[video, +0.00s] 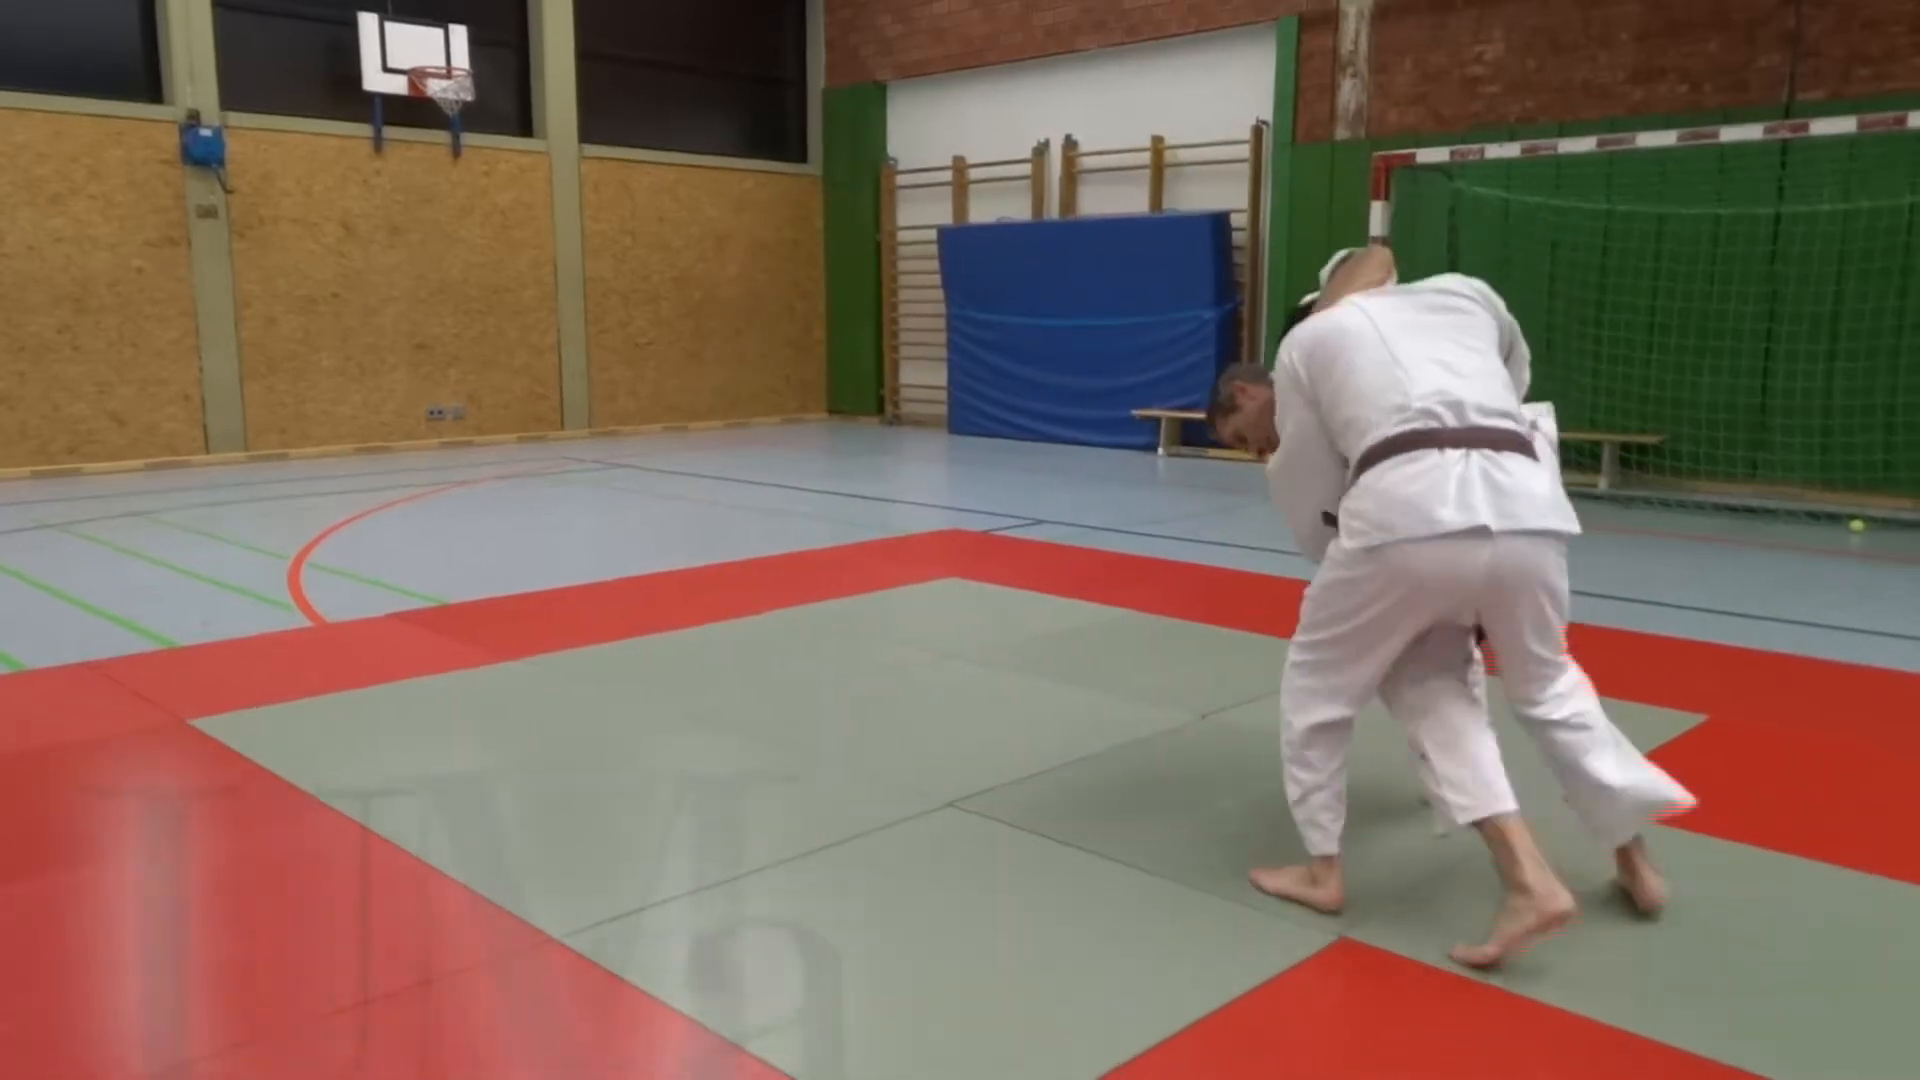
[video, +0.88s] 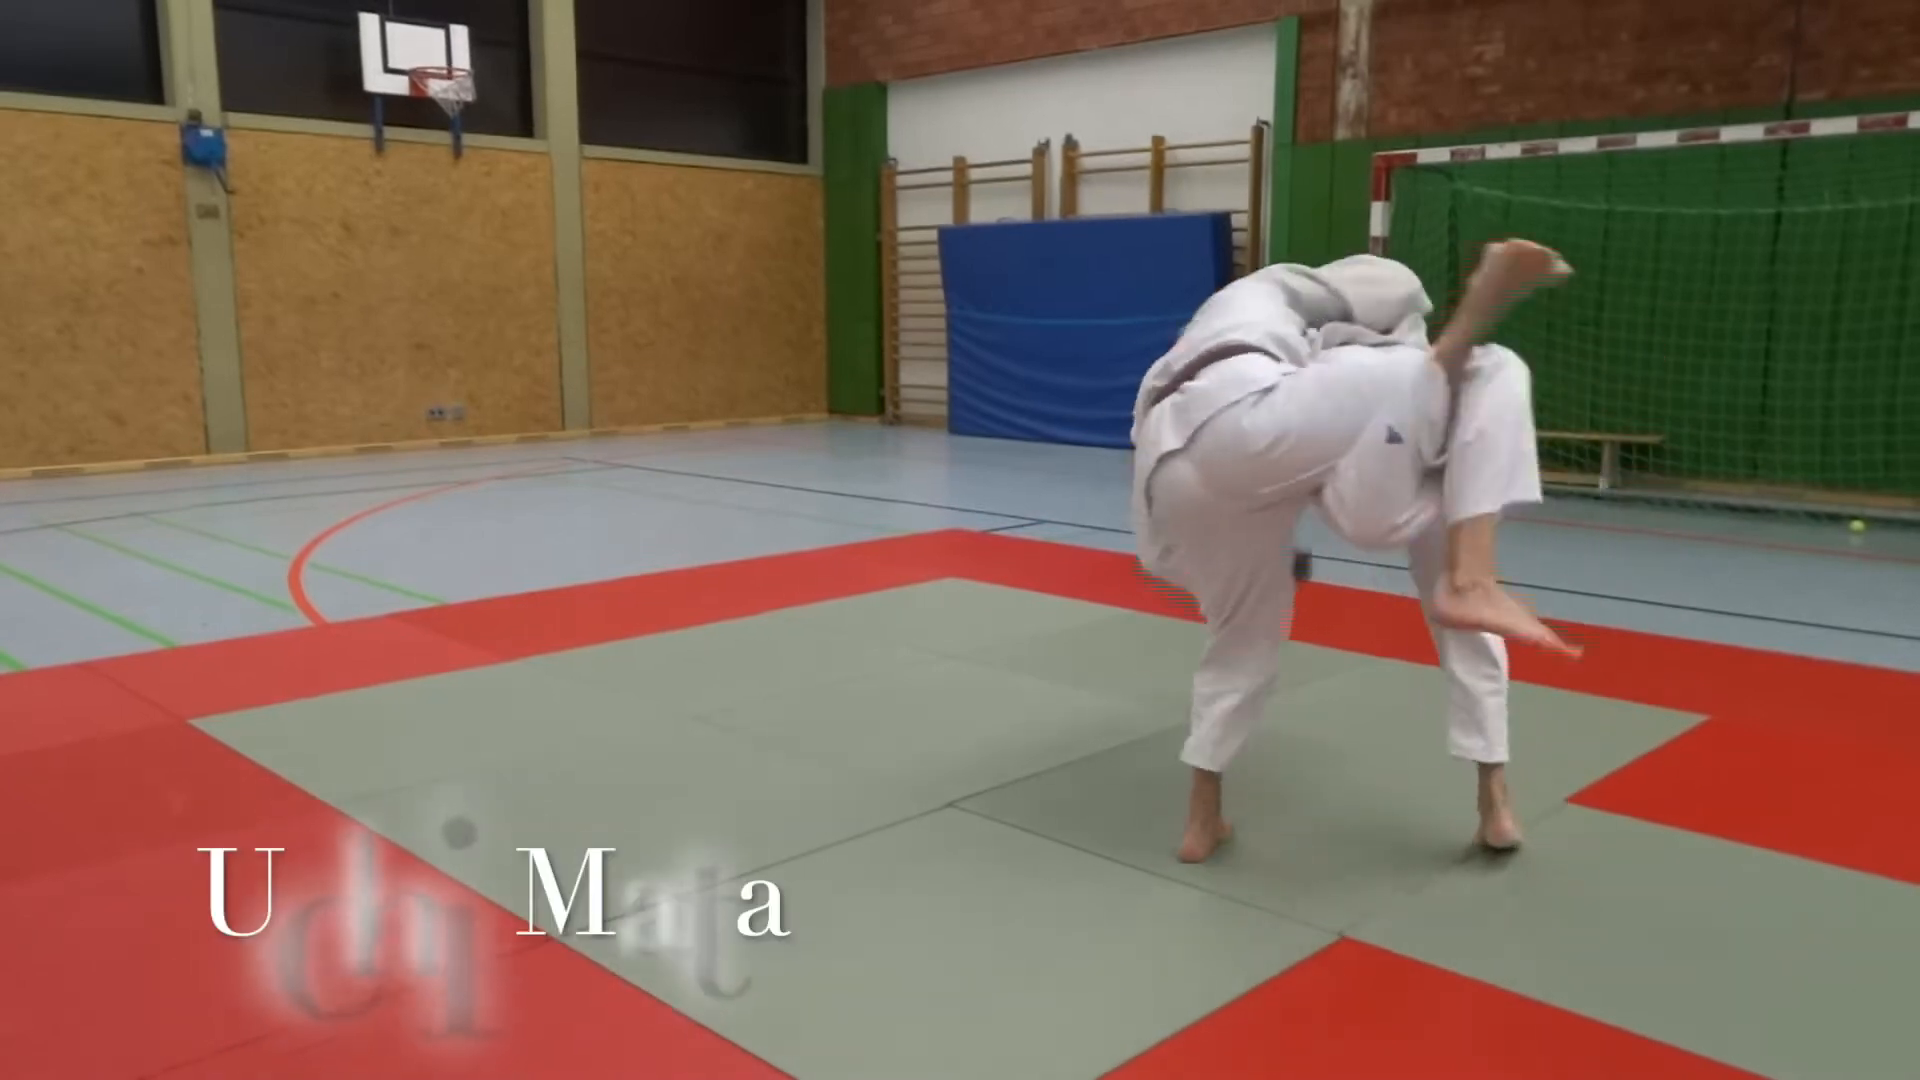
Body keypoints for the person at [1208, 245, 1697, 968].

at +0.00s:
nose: (1318, 308)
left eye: (1321, 297)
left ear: (1332, 295)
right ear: (1390, 276)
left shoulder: (1306, 341)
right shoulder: (1472, 295)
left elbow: (1304, 490)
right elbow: (1518, 395)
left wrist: (1345, 567)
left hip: (1404, 510)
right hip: (1529, 501)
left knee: (1317, 681)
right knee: (1547, 682)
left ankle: (1322, 869)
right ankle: (1635, 858)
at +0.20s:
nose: (1292, 308)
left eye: (1297, 299)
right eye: (1306, 294)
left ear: (1302, 312)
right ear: (1367, 289)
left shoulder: (1271, 361)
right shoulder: (1429, 299)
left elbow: (1293, 513)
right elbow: (1516, 339)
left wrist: (1340, 577)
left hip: (1387, 509)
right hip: (1513, 494)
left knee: (1316, 681)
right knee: (1491, 663)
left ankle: (1315, 863)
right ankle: (1539, 883)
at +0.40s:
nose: (1320, 261)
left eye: (1308, 267)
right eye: (1324, 261)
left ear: (1285, 289)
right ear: (1360, 259)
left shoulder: (1255, 328)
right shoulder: (1421, 263)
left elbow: (1266, 472)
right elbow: (1507, 334)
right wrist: (1482, 430)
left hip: (1337, 485)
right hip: (1467, 464)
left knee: (1265, 643)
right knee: (1558, 657)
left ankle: (1233, 822)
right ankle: (1646, 873)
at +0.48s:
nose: (1302, 292)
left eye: (1292, 292)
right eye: (1306, 286)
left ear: (1266, 305)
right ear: (1334, 281)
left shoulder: (1238, 343)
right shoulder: (1398, 283)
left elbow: (1238, 487)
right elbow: (1479, 359)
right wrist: (1475, 429)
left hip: (1308, 482)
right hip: (1429, 462)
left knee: (1251, 647)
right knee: (1548, 650)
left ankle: (1229, 820)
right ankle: (1672, 869)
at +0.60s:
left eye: (1249, 319)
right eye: (1266, 308)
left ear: (1236, 324)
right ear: (1291, 290)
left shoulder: (1215, 361)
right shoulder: (1362, 281)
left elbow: (1236, 485)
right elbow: (1446, 347)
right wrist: (1464, 420)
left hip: (1290, 476)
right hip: (1407, 441)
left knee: (1260, 641)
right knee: (1481, 616)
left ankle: (1236, 824)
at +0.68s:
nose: (1216, 314)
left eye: (1217, 313)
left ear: (1223, 315)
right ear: (1280, 288)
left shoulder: (1196, 354)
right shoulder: (1341, 278)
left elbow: (1217, 479)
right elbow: (1437, 351)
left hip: (1267, 473)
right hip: (1381, 421)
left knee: (1251, 642)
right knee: (1584, 554)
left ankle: (1233, 825)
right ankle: (1464, 579)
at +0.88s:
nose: (1409, 357)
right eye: (1408, 345)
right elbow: (1454, 596)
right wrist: (1495, 801)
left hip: (1170, 494)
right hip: (1243, 416)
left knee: (1243, 635)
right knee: (1493, 371)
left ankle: (1201, 823)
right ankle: (1474, 580)